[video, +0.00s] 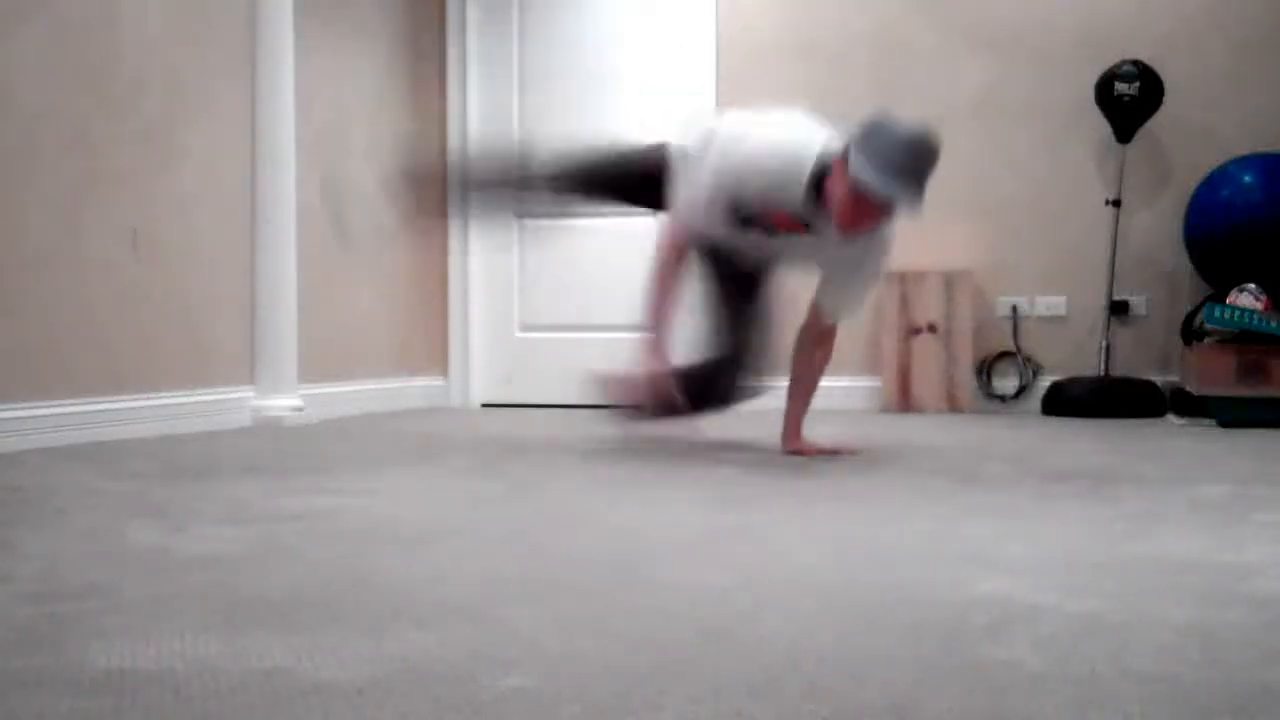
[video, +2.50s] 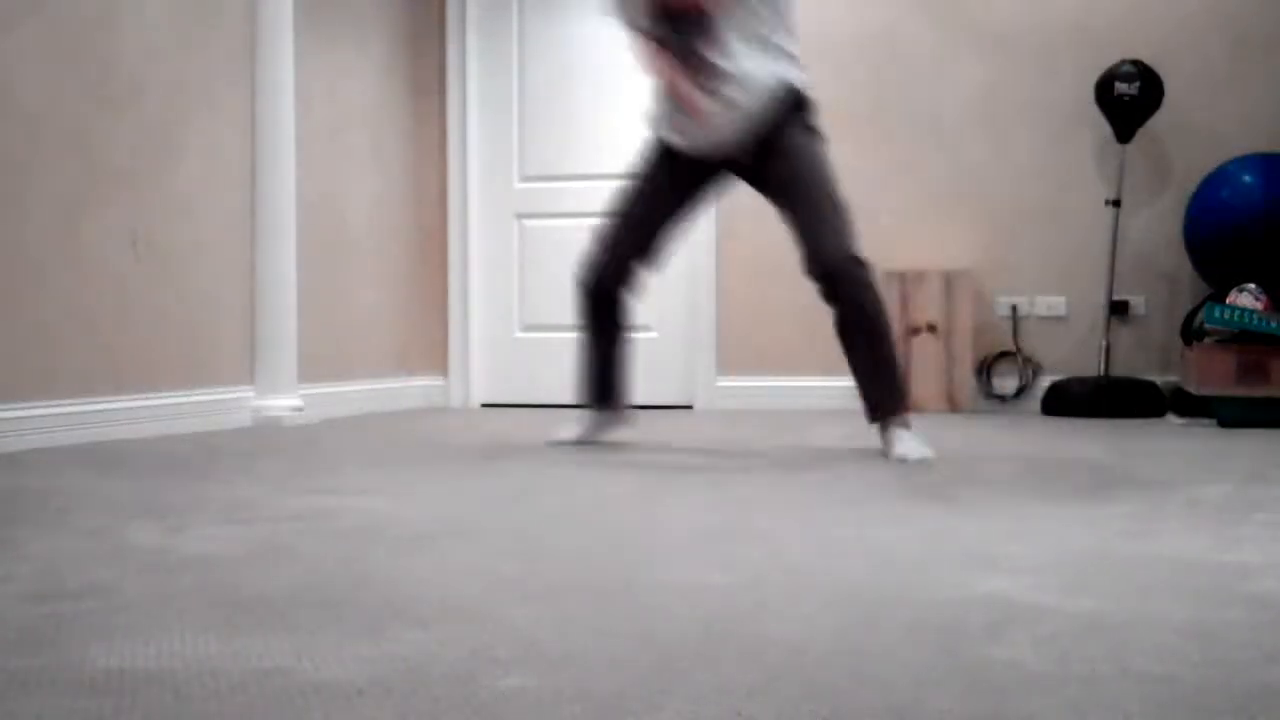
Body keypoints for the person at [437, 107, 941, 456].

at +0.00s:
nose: (865, 213)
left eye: (881, 207)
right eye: (862, 194)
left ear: (896, 207)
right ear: (840, 164)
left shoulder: (867, 243)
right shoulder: (758, 154)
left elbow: (820, 332)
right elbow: (672, 249)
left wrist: (793, 435)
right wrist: (658, 356)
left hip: (740, 248)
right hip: (690, 180)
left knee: (735, 375)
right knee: (555, 178)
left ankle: (626, 401)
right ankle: (442, 181)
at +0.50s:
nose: (666, 101)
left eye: (660, 86)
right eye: (645, 100)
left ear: (668, 85)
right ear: (619, 127)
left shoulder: (714, 132)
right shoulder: (642, 213)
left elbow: (777, 197)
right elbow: (677, 325)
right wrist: (700, 438)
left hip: (858, 227)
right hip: (840, 290)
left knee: (919, 122)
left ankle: (961, 36)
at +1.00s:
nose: (1043, 206)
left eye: (1056, 201)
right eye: (1049, 185)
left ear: (1044, 204)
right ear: (1020, 153)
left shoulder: (966, 263)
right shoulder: (938, 135)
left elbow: (889, 335)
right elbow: (833, 165)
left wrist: (832, 435)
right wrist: (870, 250)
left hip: (752, 305)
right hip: (754, 216)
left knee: (696, 423)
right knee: (757, 135)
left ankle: (533, 394)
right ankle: (667, 141)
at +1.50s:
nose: (944, 136)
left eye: (944, 124)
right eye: (930, 129)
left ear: (945, 113)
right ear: (892, 131)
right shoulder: (846, 211)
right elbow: (873, 324)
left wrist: (1109, 92)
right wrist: (887, 440)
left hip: (948, 181)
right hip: (917, 261)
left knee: (1066, 84)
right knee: (1016, 354)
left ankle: (1170, 159)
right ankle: (1065, 408)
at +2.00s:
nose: (753, 178)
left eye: (745, 163)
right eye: (741, 174)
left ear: (766, 129)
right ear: (761, 150)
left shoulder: (821, 109)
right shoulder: (838, 186)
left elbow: (838, 54)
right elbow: (896, 268)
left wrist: (842, 38)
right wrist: (903, 376)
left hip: (1019, 111)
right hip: (1044, 120)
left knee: (892, 252)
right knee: (1033, 308)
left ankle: (937, 426)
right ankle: (1174, 397)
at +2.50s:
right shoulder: (641, 8)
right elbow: (644, 42)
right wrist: (678, 78)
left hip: (770, 116)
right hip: (687, 127)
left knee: (837, 265)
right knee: (603, 277)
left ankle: (894, 422)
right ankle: (607, 413)